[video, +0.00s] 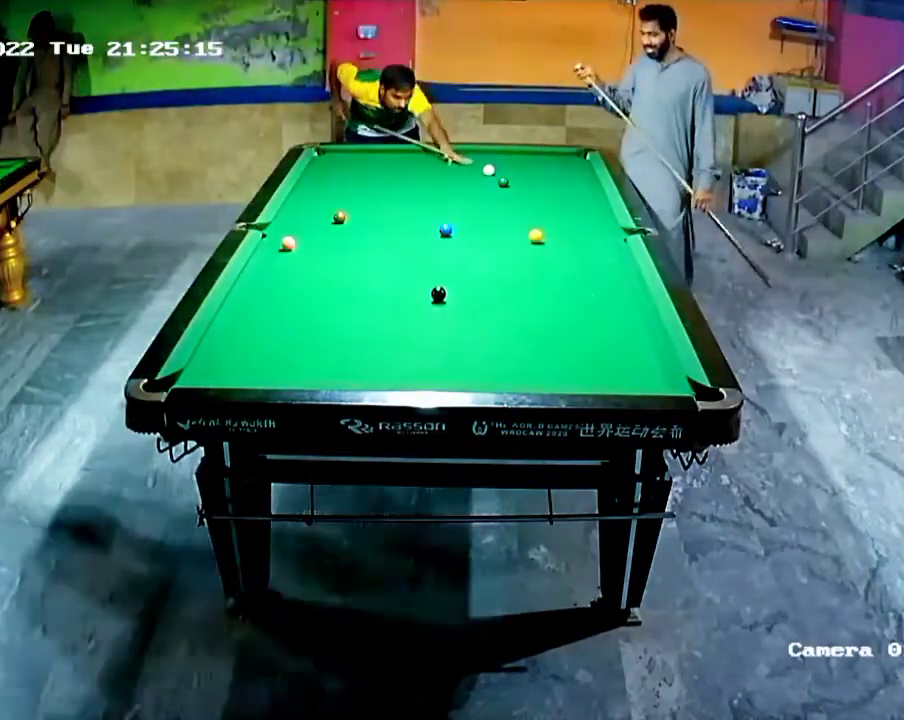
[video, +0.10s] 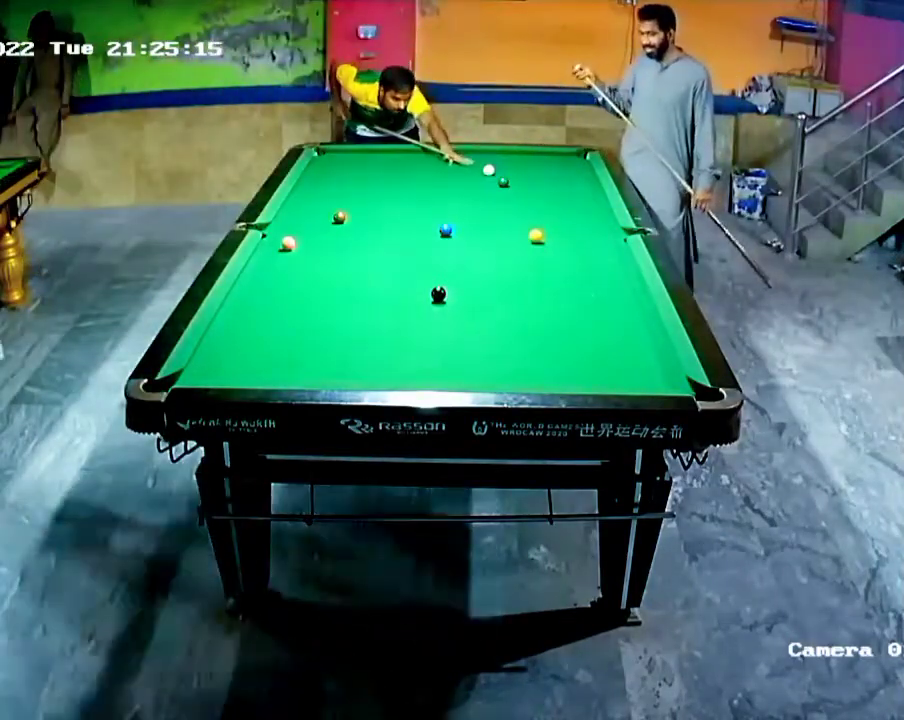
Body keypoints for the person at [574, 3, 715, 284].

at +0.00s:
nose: (646, 41)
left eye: (653, 34)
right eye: (643, 34)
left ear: (671, 34)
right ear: (640, 34)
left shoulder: (695, 73)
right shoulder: (641, 64)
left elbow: (704, 130)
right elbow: (622, 104)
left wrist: (703, 181)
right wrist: (596, 83)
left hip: (670, 172)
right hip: (633, 164)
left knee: (669, 240)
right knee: (631, 234)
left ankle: (675, 303)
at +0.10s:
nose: (645, 41)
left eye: (651, 34)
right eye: (642, 34)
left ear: (670, 33)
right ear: (639, 34)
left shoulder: (695, 73)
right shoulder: (640, 65)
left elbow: (704, 130)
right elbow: (621, 103)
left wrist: (704, 181)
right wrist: (595, 83)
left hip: (669, 173)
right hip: (633, 166)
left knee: (669, 244)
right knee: (632, 237)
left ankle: (675, 309)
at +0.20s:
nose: (643, 41)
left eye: (649, 34)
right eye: (640, 34)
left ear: (668, 33)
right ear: (637, 34)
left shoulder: (695, 73)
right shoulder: (640, 64)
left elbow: (704, 131)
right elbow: (623, 102)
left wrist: (704, 182)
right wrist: (595, 84)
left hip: (668, 173)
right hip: (633, 165)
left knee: (669, 245)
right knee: (632, 237)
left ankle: (675, 307)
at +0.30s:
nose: (642, 41)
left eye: (648, 34)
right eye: (639, 34)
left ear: (667, 33)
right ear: (636, 33)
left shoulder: (694, 73)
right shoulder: (640, 64)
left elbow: (704, 131)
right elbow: (623, 103)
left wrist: (704, 181)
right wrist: (595, 88)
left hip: (668, 173)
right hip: (633, 165)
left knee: (669, 245)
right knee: (632, 236)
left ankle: (674, 307)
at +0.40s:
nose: (641, 41)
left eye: (647, 34)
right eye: (638, 34)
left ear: (666, 33)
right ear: (636, 33)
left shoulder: (694, 74)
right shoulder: (641, 64)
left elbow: (704, 131)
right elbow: (622, 105)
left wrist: (705, 182)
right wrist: (594, 87)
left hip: (668, 175)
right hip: (632, 167)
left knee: (668, 248)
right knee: (631, 241)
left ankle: (674, 313)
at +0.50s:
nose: (641, 41)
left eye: (647, 34)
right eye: (638, 34)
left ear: (666, 33)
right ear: (635, 33)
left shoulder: (694, 74)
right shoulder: (640, 64)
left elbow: (704, 131)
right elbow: (622, 105)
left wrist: (704, 182)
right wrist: (594, 87)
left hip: (668, 175)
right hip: (632, 167)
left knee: (668, 249)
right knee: (631, 241)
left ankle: (675, 313)